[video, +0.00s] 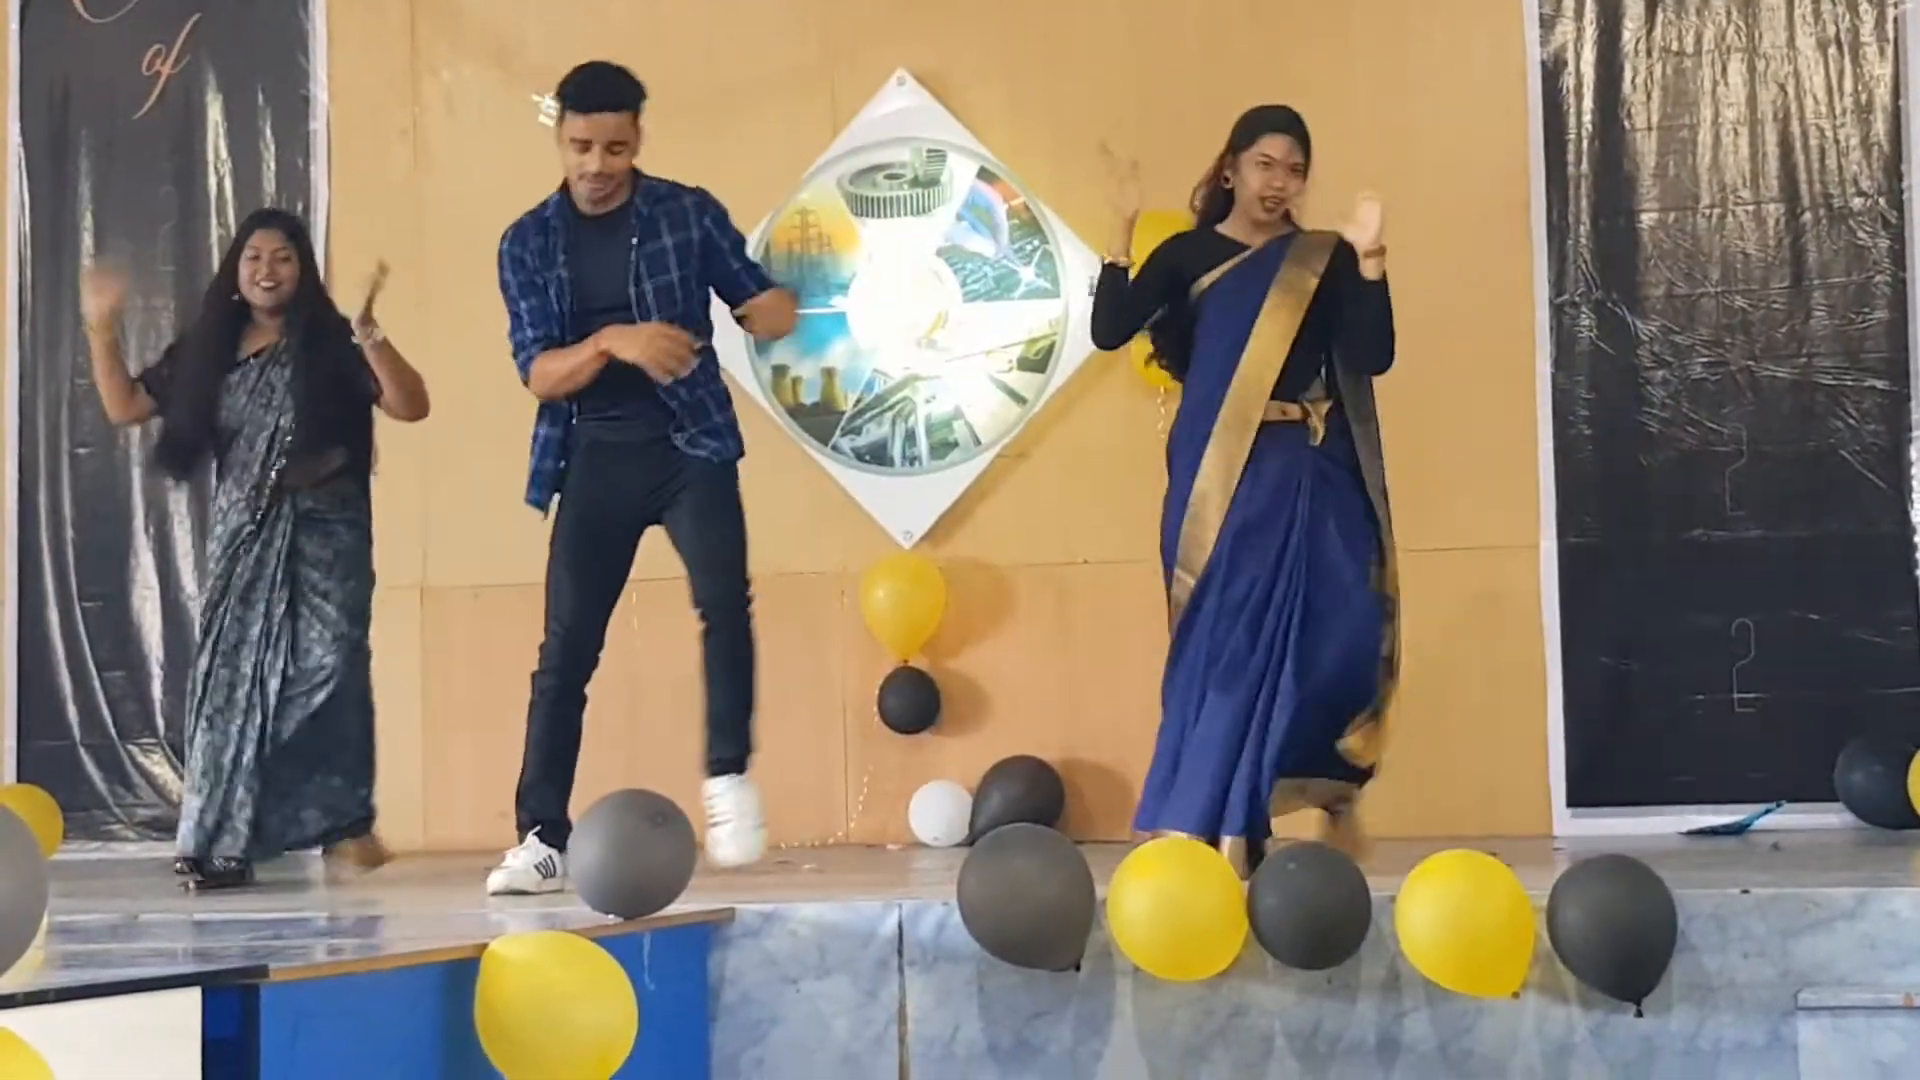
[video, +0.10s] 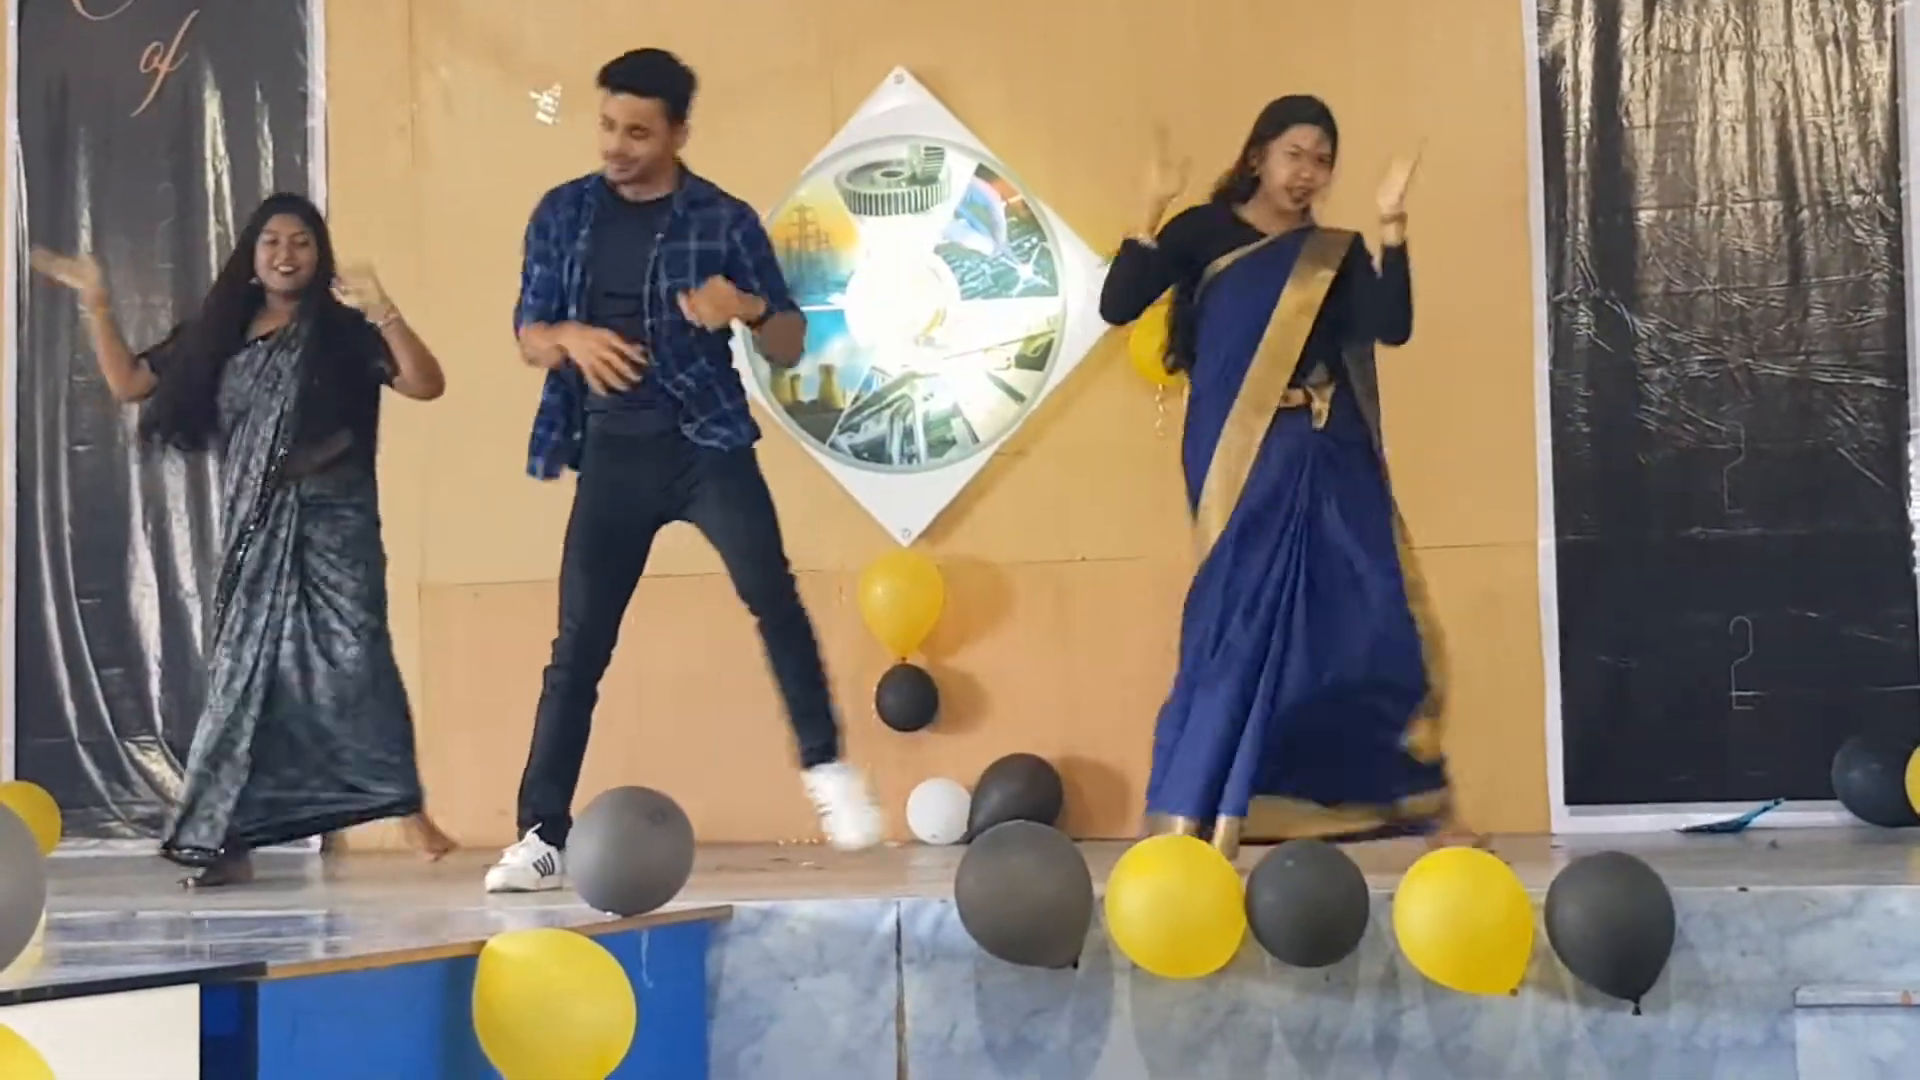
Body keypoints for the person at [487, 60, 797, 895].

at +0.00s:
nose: (596, 166)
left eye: (615, 149)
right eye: (580, 149)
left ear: (640, 139)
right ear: (558, 140)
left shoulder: (689, 213)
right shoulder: (530, 242)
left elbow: (766, 311)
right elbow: (543, 377)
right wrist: (612, 340)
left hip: (693, 450)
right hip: (595, 460)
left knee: (724, 603)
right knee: (566, 649)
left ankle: (728, 784)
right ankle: (542, 839)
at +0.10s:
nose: (615, 144)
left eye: (635, 131)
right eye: (607, 126)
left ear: (678, 131)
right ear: (597, 119)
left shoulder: (727, 221)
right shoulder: (561, 214)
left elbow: (789, 346)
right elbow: (528, 341)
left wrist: (746, 312)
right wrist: (567, 339)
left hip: (712, 452)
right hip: (611, 459)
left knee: (770, 594)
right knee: (578, 647)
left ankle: (826, 768)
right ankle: (543, 837)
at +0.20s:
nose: (661, 138)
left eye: (680, 126)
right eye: (656, 121)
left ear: (730, 129)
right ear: (650, 116)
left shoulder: (768, 230)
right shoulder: (619, 196)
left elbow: (804, 365)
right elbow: (562, 311)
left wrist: (758, 288)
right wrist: (565, 286)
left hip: (734, 459)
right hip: (634, 460)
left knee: (806, 607)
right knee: (595, 644)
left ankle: (922, 779)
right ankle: (542, 834)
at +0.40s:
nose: (763, 153)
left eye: (780, 140)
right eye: (758, 136)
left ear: (831, 144)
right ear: (753, 133)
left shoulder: (872, 243)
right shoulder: (739, 222)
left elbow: (864, 364)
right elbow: (663, 338)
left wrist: (829, 244)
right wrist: (672, 242)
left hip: (816, 486)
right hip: (719, 477)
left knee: (873, 655)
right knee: (639, 645)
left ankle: (979, 810)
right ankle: (547, 821)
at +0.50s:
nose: (797, 144)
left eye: (815, 129)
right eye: (790, 127)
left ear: (865, 127)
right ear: (785, 126)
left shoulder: (908, 224)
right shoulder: (770, 210)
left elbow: (904, 343)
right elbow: (706, 330)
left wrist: (857, 235)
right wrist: (706, 241)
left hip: (848, 468)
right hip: (752, 460)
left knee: (893, 646)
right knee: (654, 626)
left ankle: (983, 814)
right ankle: (588, 806)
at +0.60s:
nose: (823, 126)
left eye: (840, 109)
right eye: (813, 110)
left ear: (884, 104)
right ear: (804, 108)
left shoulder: (930, 201)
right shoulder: (785, 193)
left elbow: (939, 334)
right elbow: (733, 321)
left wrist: (864, 254)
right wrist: (721, 258)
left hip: (873, 448)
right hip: (777, 441)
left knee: (909, 631)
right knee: (677, 593)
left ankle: (985, 812)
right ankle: (695, 778)